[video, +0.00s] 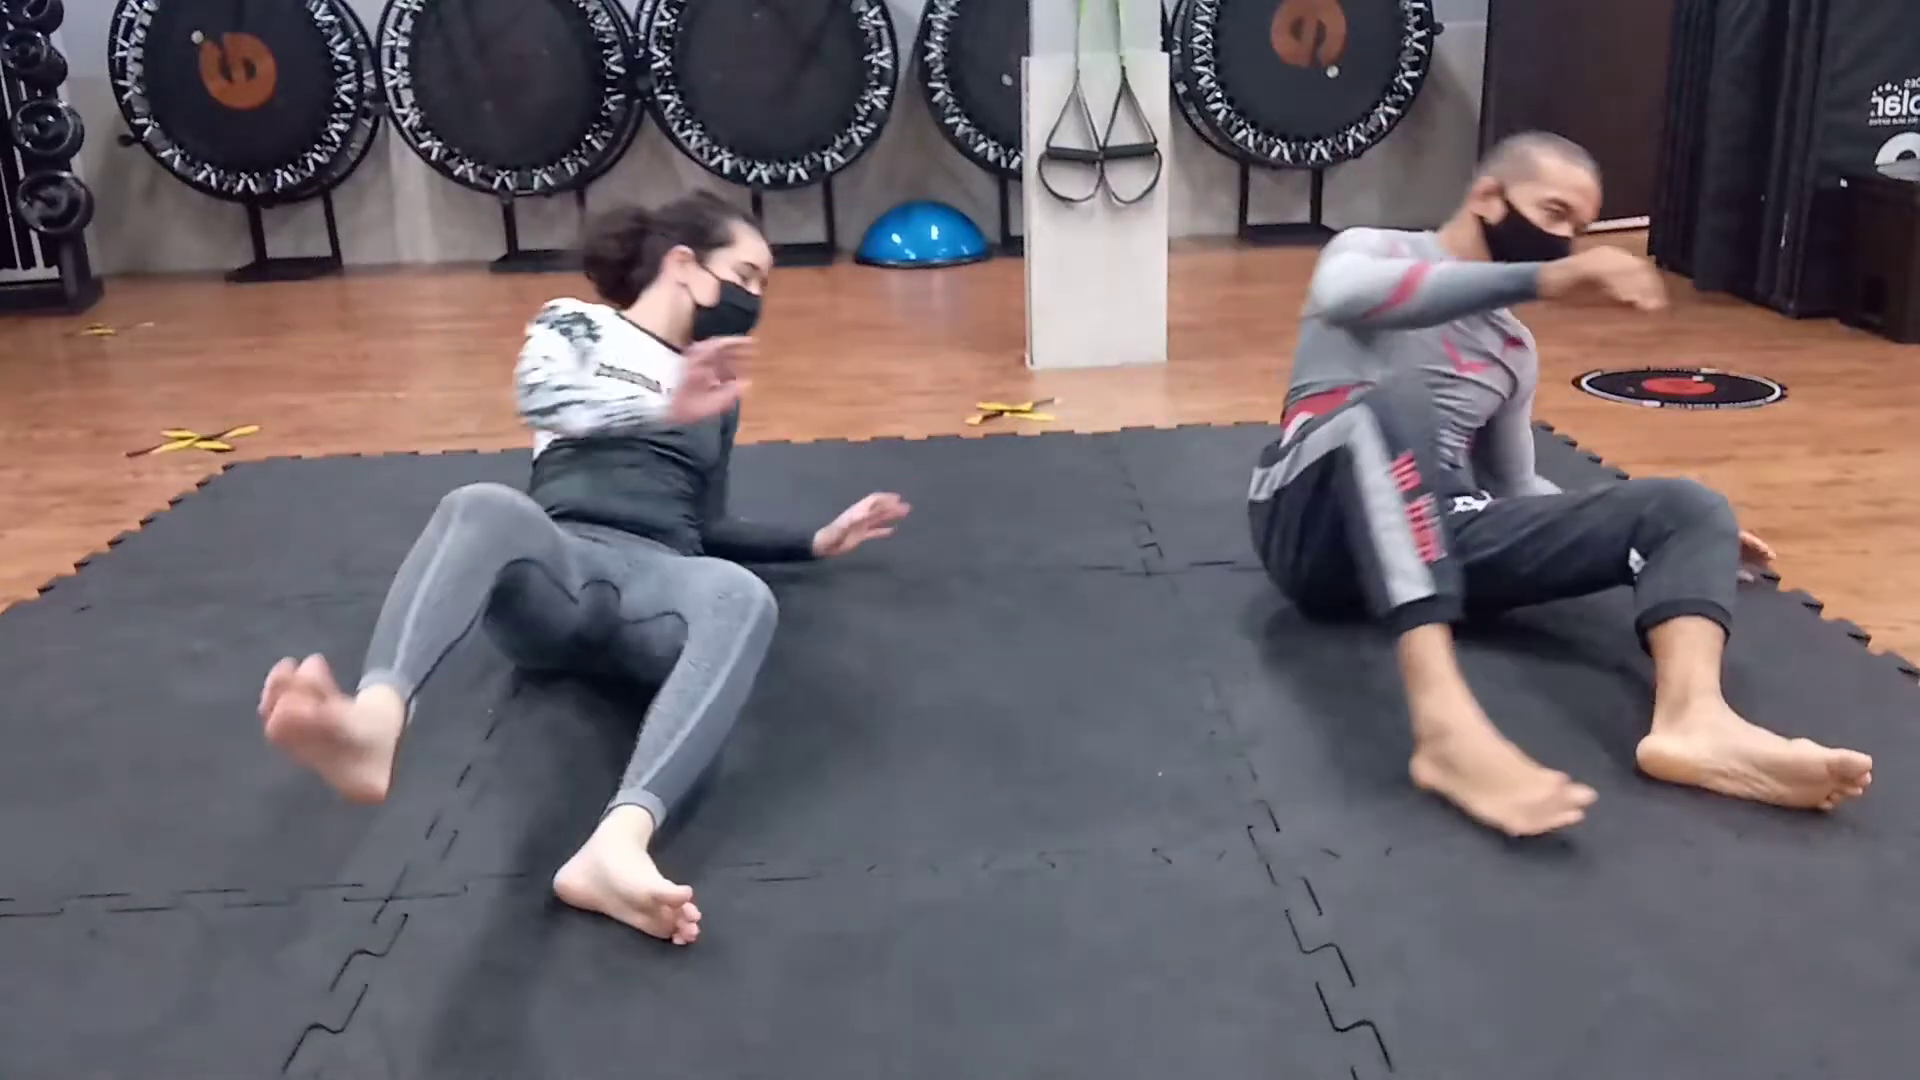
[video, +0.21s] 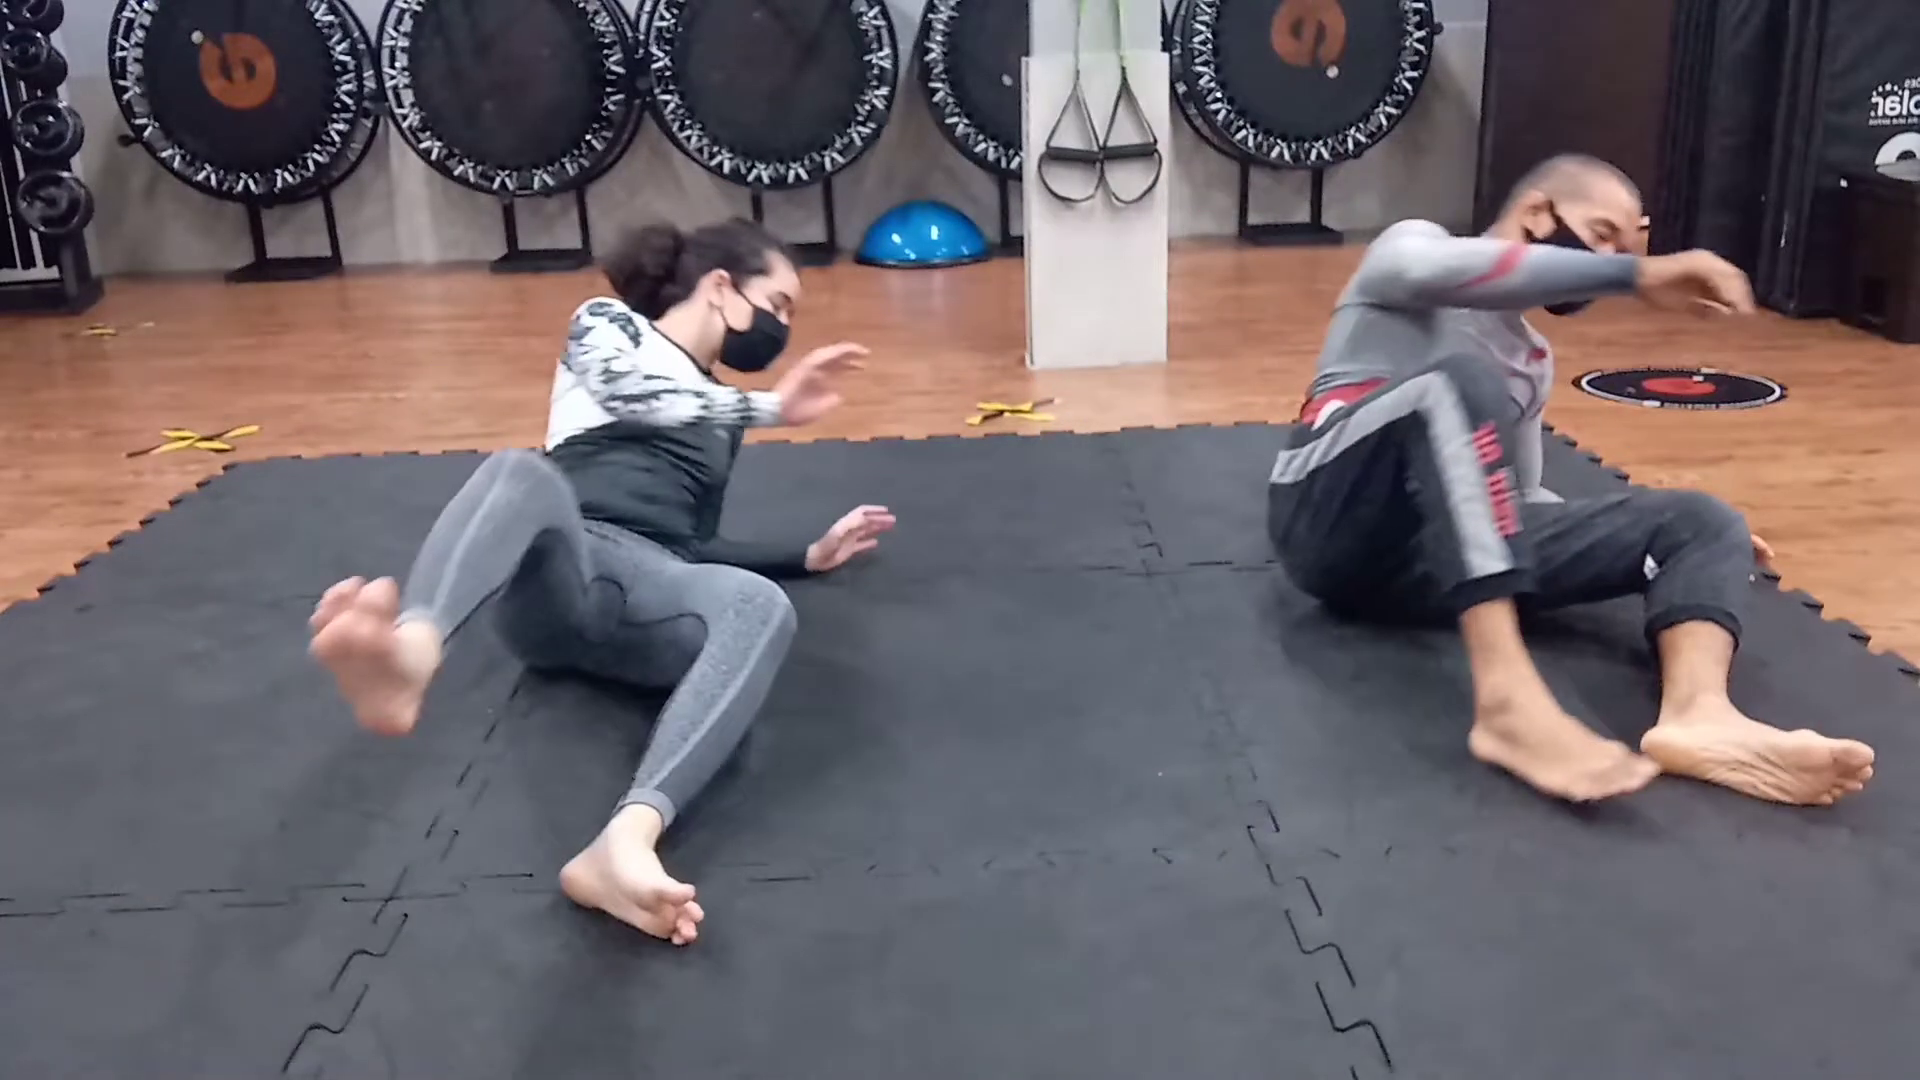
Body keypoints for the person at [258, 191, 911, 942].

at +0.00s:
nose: (754, 300)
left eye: (762, 286)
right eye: (745, 277)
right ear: (682, 263)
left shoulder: (711, 391)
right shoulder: (574, 321)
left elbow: (707, 528)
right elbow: (541, 390)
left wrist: (814, 544)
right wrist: (664, 404)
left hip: (664, 571)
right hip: (562, 547)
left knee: (744, 599)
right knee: (479, 503)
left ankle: (619, 843)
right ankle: (376, 722)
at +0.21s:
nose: (782, 327)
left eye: (791, 316)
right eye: (778, 305)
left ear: (723, 293)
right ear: (719, 285)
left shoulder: (717, 417)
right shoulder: (608, 319)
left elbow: (686, 545)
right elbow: (626, 388)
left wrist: (805, 559)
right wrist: (767, 405)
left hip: (662, 588)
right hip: (566, 556)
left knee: (762, 607)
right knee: (521, 469)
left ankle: (627, 841)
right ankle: (411, 652)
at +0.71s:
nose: (809, 334)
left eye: (813, 320)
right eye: (804, 312)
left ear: (752, 297)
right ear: (753, 290)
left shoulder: (730, 413)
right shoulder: (643, 314)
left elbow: (696, 549)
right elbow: (715, 394)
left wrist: (813, 562)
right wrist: (863, 421)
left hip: (652, 604)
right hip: (552, 565)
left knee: (827, 618)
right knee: (661, 434)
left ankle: (748, 818)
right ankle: (578, 696)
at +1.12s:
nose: (794, 344)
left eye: (798, 330)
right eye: (791, 321)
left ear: (739, 304)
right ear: (741, 298)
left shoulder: (728, 404)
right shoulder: (664, 311)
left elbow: (685, 551)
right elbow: (754, 396)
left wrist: (812, 556)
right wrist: (901, 437)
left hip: (651, 613)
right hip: (570, 560)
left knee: (888, 628)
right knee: (772, 448)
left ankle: (742, 789)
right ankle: (575, 687)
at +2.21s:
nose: (745, 397)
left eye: (755, 389)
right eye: (751, 376)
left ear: (711, 359)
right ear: (712, 338)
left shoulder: (659, 425)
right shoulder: (611, 329)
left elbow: (692, 550)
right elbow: (691, 433)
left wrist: (806, 543)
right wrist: (834, 501)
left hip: (480, 605)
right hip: (373, 555)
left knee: (657, 619)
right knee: (485, 463)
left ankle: (684, 795)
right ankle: (435, 770)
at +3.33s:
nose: (342, 275)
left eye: (361, 255)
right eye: (328, 266)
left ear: (426, 263)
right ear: (321, 285)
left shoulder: (495, 389)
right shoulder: (302, 370)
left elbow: (574, 501)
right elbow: (206, 496)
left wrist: (508, 442)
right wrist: (180, 459)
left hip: (419, 579)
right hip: (301, 573)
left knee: (482, 600)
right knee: (203, 581)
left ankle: (470, 848)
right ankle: (165, 845)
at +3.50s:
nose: (275, 269)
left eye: (292, 245)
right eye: (264, 258)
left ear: (363, 248)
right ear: (262, 275)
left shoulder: (450, 368)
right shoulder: (253, 376)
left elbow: (513, 469)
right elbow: (181, 513)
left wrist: (418, 415)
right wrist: (133, 480)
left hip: (397, 578)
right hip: (278, 585)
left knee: (439, 591)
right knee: (164, 620)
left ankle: (444, 852)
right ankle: (155, 886)